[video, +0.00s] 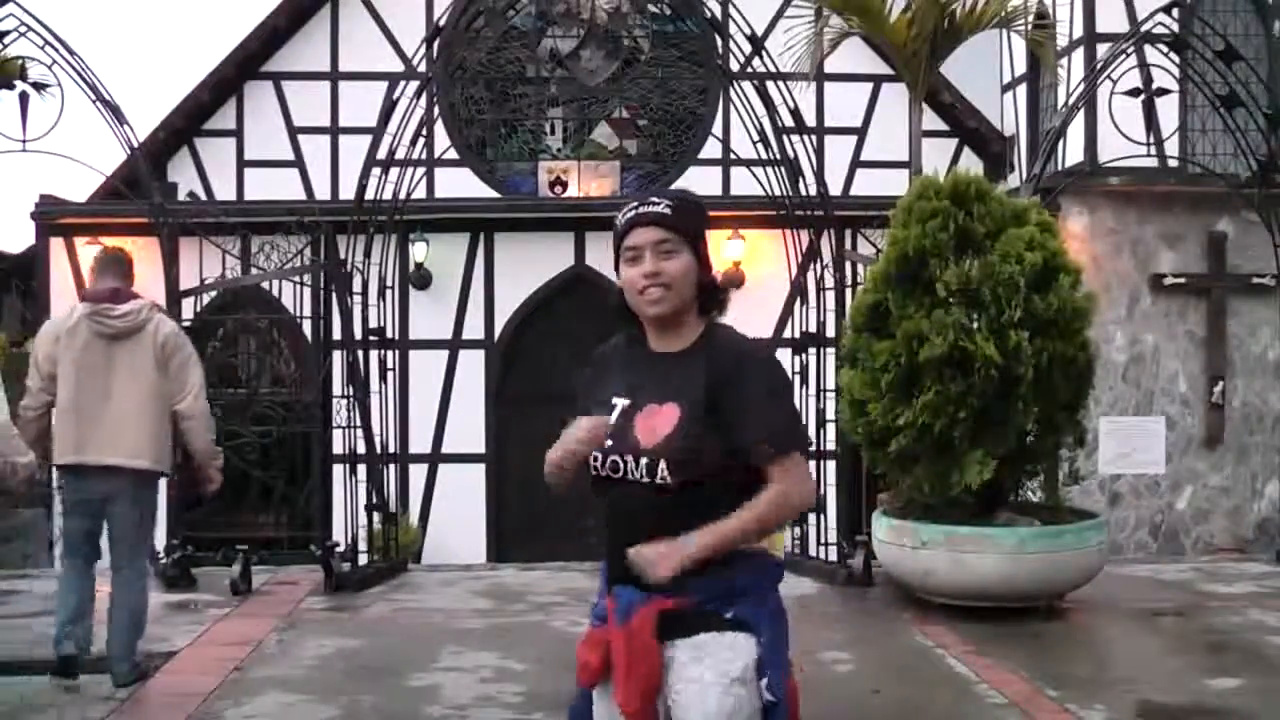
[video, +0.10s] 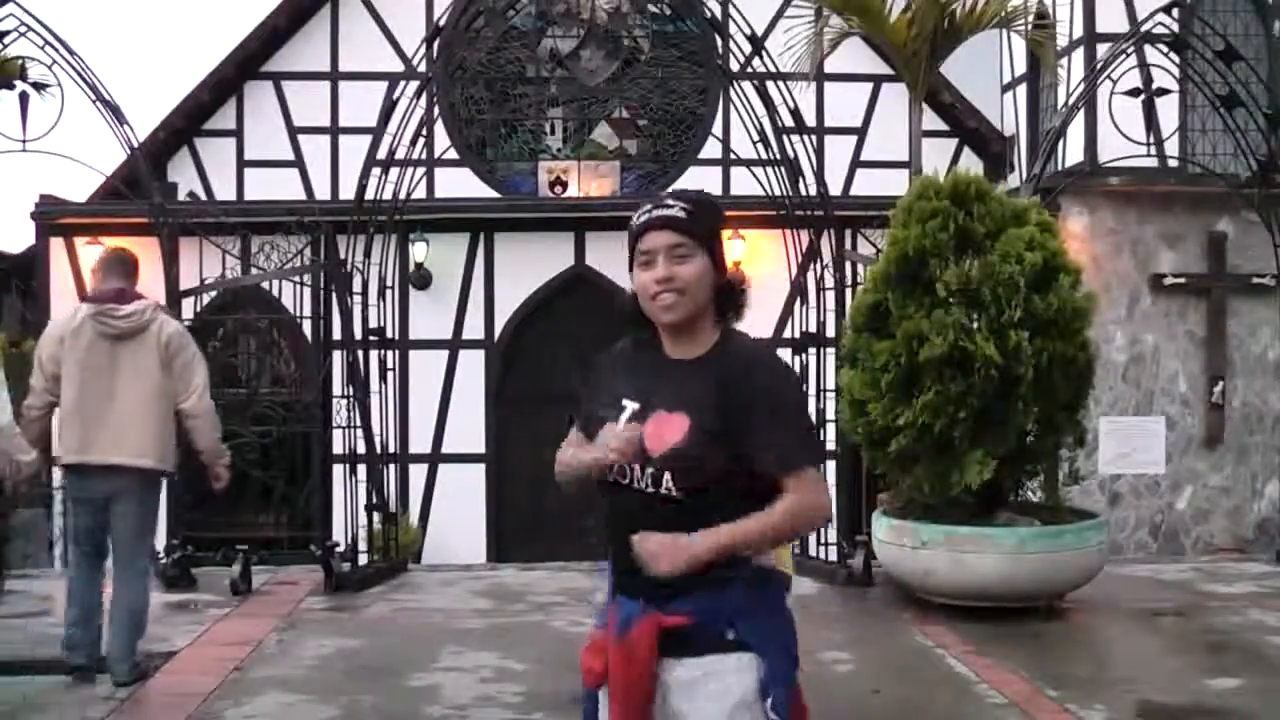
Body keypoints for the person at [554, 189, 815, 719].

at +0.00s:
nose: (648, 270)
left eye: (667, 253)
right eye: (633, 257)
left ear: (701, 266)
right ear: (619, 273)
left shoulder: (745, 364)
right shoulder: (610, 361)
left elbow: (796, 488)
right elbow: (561, 481)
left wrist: (688, 549)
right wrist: (568, 451)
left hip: (728, 606)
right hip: (625, 606)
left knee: (752, 709)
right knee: (592, 711)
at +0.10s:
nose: (661, 275)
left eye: (680, 257)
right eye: (646, 262)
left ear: (717, 268)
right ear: (633, 278)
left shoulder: (757, 370)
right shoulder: (619, 364)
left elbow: (811, 502)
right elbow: (565, 465)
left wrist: (700, 545)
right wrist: (598, 456)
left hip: (732, 616)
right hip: (631, 613)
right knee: (607, 710)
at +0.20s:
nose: (686, 291)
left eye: (707, 272)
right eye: (671, 277)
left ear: (745, 284)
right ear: (659, 293)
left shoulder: (791, 396)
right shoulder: (654, 379)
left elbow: (829, 538)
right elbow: (606, 470)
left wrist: (710, 517)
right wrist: (611, 529)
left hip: (758, 650)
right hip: (654, 639)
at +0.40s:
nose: (715, 324)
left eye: (736, 302)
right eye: (698, 306)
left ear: (777, 312)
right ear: (683, 320)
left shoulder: (821, 426)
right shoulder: (675, 392)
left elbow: (867, 581)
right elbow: (631, 482)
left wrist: (736, 585)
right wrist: (623, 542)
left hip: (799, 683)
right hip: (693, 669)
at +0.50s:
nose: (723, 336)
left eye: (747, 314)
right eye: (707, 317)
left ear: (789, 322)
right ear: (691, 326)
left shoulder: (827, 433)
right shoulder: (688, 390)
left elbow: (896, 587)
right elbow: (627, 488)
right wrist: (651, 515)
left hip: (816, 684)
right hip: (707, 668)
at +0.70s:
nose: (733, 334)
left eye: (757, 312)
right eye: (715, 314)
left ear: (799, 321)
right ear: (699, 323)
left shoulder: (842, 434)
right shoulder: (688, 393)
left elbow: (911, 584)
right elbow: (641, 494)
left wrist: (777, 594)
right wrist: (673, 580)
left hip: (814, 692)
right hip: (709, 680)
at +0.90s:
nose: (724, 324)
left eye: (748, 302)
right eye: (706, 305)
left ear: (791, 312)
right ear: (690, 316)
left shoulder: (838, 427)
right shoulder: (684, 390)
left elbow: (887, 584)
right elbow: (635, 488)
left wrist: (751, 575)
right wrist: (624, 555)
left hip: (809, 684)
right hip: (700, 669)